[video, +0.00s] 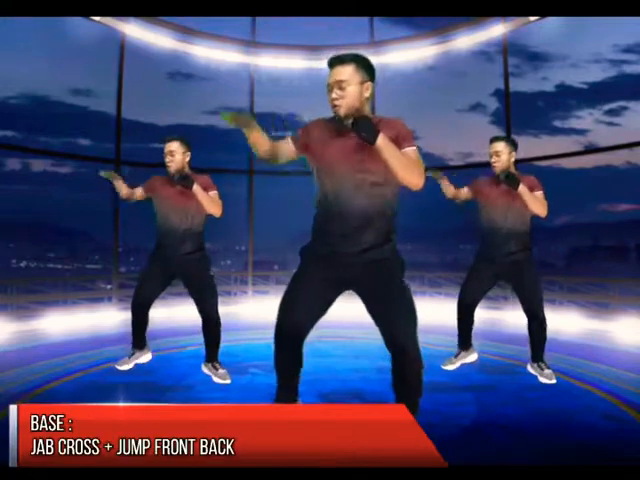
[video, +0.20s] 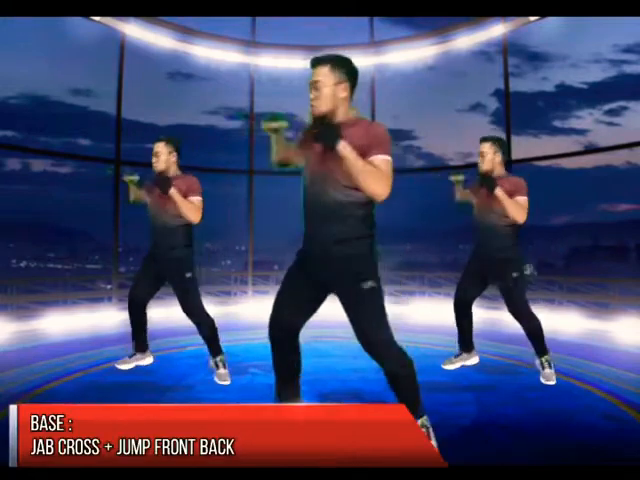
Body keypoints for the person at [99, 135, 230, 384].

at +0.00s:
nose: (168, 159)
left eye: (173, 154)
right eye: (166, 155)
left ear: (187, 156)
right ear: (164, 158)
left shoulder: (202, 182)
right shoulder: (157, 183)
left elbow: (216, 210)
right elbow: (130, 195)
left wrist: (193, 184)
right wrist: (117, 182)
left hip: (194, 259)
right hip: (163, 258)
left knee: (210, 312)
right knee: (140, 303)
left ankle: (212, 362)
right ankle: (140, 350)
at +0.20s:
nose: (154, 159)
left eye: (158, 155)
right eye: (153, 155)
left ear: (173, 156)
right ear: (155, 158)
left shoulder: (189, 183)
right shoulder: (155, 183)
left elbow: (195, 216)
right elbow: (145, 197)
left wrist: (173, 192)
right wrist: (136, 191)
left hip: (180, 257)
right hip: (157, 256)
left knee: (194, 309)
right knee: (136, 300)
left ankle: (218, 359)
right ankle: (141, 352)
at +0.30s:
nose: (152, 161)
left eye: (155, 156)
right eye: (152, 156)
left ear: (168, 158)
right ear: (158, 159)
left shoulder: (179, 181)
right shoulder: (161, 181)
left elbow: (166, 201)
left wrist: (147, 183)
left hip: (175, 256)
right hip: (158, 254)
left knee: (184, 309)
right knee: (136, 298)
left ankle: (221, 356)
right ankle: (142, 352)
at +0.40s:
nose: (156, 159)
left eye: (160, 155)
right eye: (156, 155)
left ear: (170, 157)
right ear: (164, 157)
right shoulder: (168, 178)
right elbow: (156, 206)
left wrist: (106, 169)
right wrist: (154, 185)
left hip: (176, 253)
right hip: (162, 252)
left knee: (184, 312)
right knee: (139, 298)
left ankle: (218, 359)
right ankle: (141, 352)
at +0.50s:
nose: (157, 159)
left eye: (161, 155)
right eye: (157, 156)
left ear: (171, 156)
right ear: (165, 158)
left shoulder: (181, 177)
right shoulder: (167, 179)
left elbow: (146, 183)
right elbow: (156, 207)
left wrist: (121, 173)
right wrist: (151, 182)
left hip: (182, 257)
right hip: (164, 256)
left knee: (192, 312)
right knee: (142, 299)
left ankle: (221, 360)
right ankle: (142, 352)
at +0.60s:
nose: (158, 162)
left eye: (161, 158)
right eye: (156, 158)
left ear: (173, 158)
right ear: (157, 162)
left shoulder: (189, 180)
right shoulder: (161, 183)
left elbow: (188, 206)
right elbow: (154, 211)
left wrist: (161, 184)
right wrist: (150, 191)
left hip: (189, 256)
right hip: (168, 255)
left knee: (198, 312)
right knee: (145, 301)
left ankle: (222, 363)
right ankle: (142, 352)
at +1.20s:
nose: (138, 159)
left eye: (142, 154)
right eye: (137, 155)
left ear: (157, 155)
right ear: (141, 159)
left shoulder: (179, 178)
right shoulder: (144, 188)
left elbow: (183, 206)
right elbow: (126, 209)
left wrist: (157, 179)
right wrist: (118, 189)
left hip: (174, 254)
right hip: (145, 253)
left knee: (191, 306)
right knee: (121, 297)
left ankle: (203, 353)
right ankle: (113, 343)